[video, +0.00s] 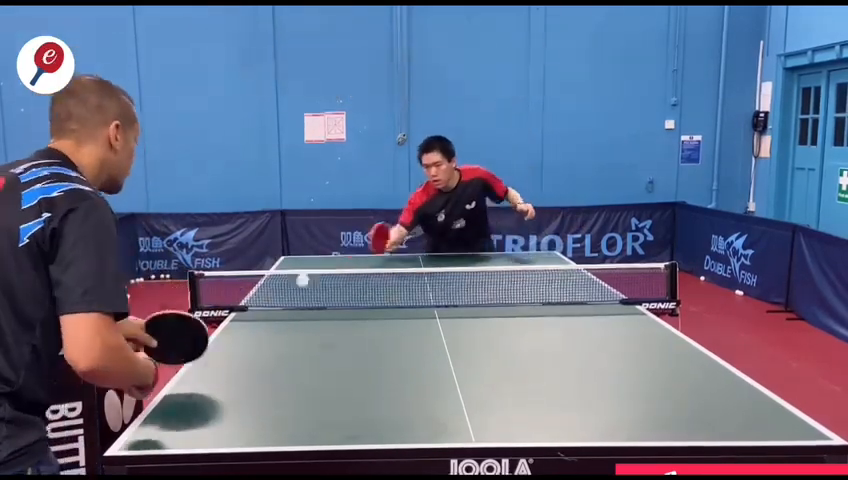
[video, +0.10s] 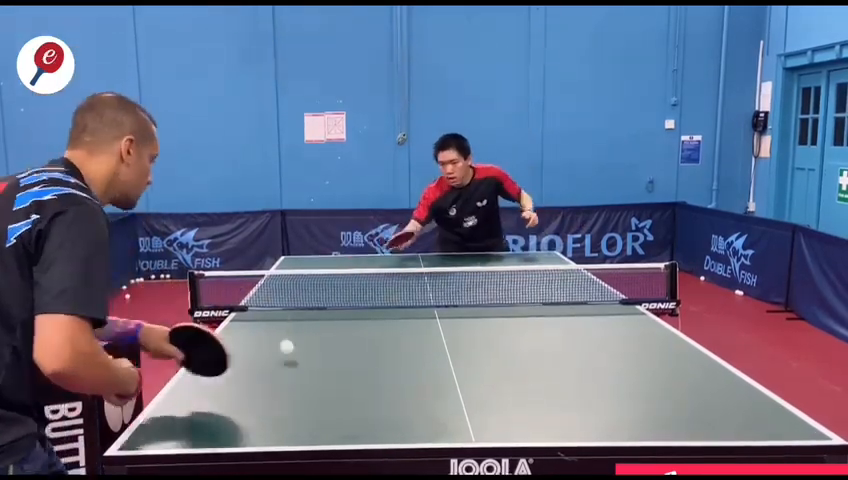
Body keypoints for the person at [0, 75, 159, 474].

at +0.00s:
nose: (133, 158)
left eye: (136, 145)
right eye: (134, 143)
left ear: (60, 130)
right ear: (114, 135)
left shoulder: (10, 179)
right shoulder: (81, 205)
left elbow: (22, 310)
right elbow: (89, 353)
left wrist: (108, 327)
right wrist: (144, 373)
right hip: (14, 440)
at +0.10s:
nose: (150, 179)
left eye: (154, 165)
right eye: (151, 162)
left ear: (79, 143)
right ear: (126, 150)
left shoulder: (16, 189)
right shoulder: (76, 209)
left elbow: (36, 317)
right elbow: (61, 354)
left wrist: (138, 333)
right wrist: (120, 378)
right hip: (11, 438)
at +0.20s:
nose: (158, 182)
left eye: (160, 167)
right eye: (157, 164)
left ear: (127, 153)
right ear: (128, 152)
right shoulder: (59, 209)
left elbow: (116, 302)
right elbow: (25, 346)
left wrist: (218, 319)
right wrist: (96, 378)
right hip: (11, 441)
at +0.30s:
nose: (150, 166)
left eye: (153, 151)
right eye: (149, 148)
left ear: (119, 139)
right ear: (116, 138)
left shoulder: (77, 209)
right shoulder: (29, 197)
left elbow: (164, 267)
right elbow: (5, 335)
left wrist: (253, 291)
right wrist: (81, 369)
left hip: (17, 405)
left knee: (57, 471)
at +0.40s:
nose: (130, 138)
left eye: (130, 123)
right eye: (126, 121)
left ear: (90, 115)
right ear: (91, 114)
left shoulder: (66, 194)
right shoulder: (15, 186)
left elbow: (138, 250)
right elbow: (3, 332)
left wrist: (232, 269)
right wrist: (72, 360)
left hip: (17, 400)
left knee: (55, 472)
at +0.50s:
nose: (96, 116)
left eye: (94, 101)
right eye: (90, 99)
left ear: (56, 100)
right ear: (56, 99)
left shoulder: (30, 178)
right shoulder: (7, 184)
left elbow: (71, 255)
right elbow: (3, 336)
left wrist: (174, 268)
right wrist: (59, 356)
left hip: (14, 408)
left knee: (45, 469)